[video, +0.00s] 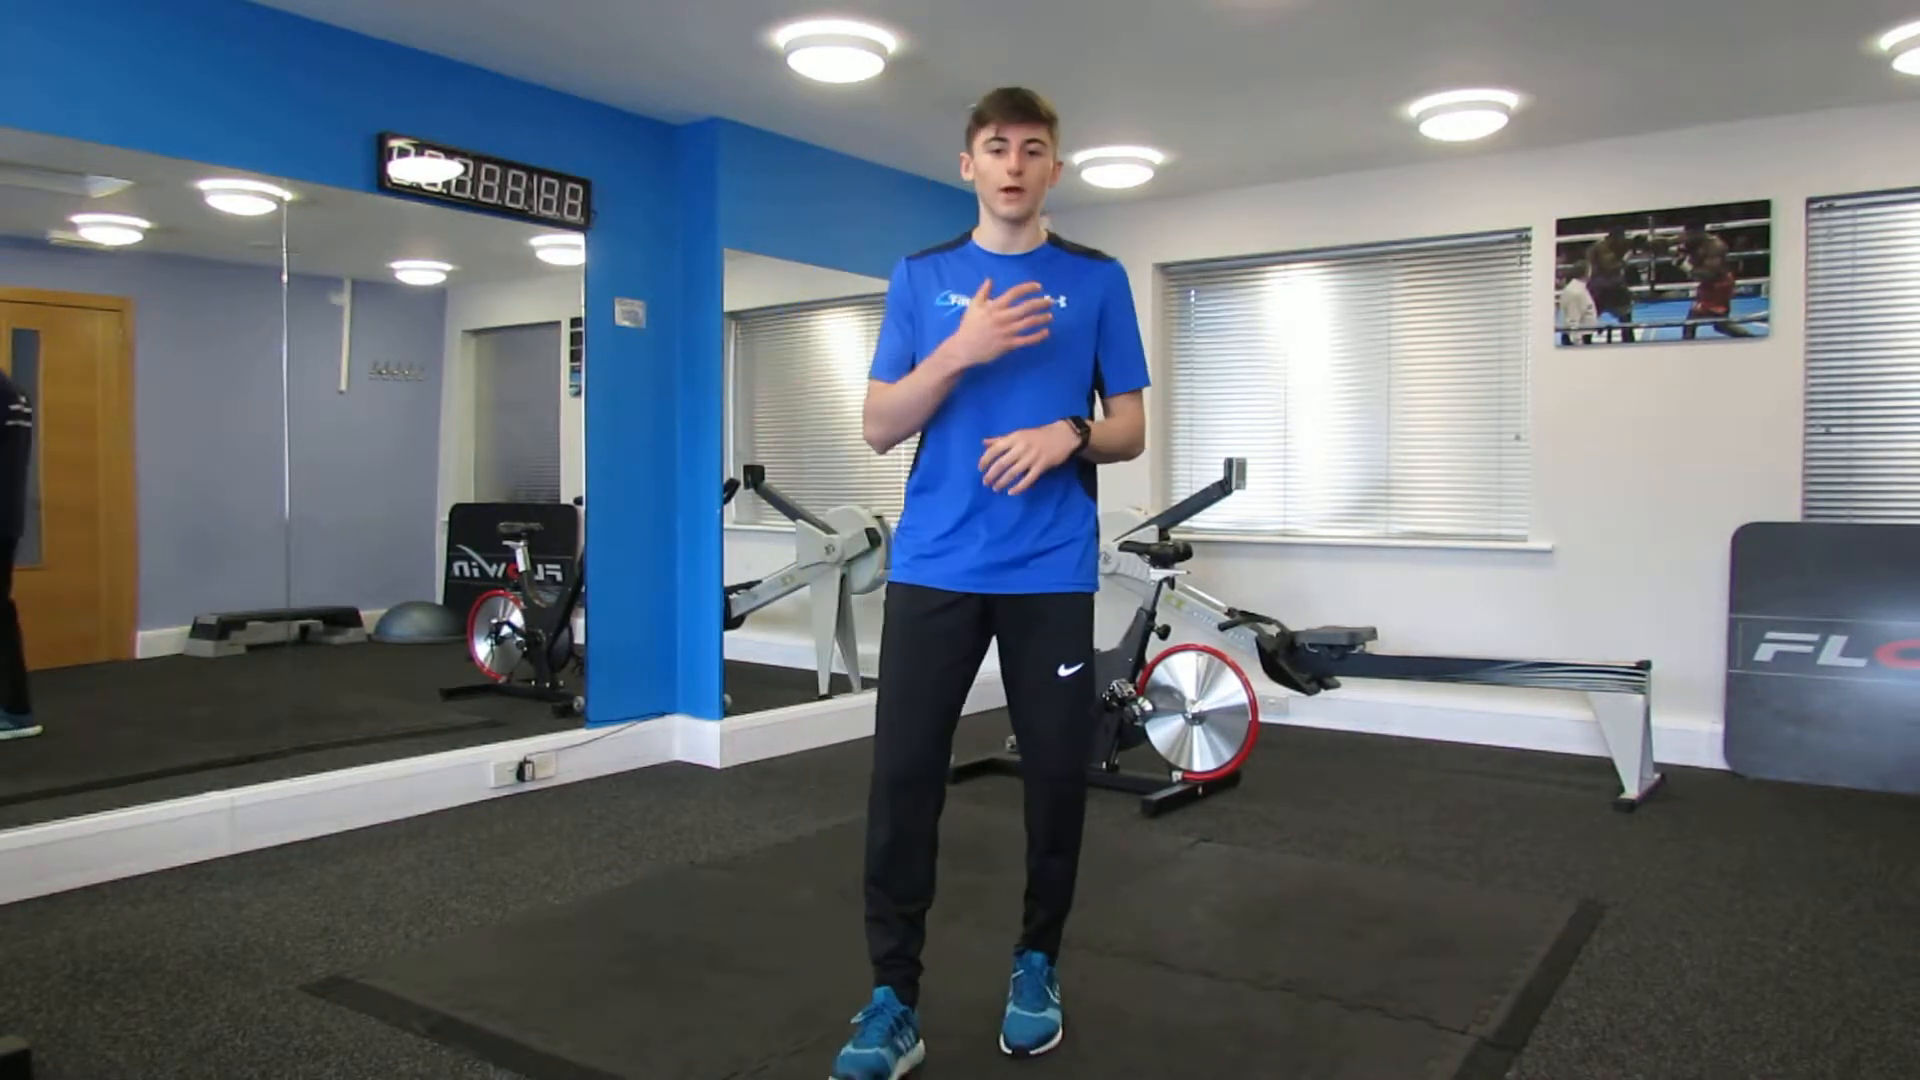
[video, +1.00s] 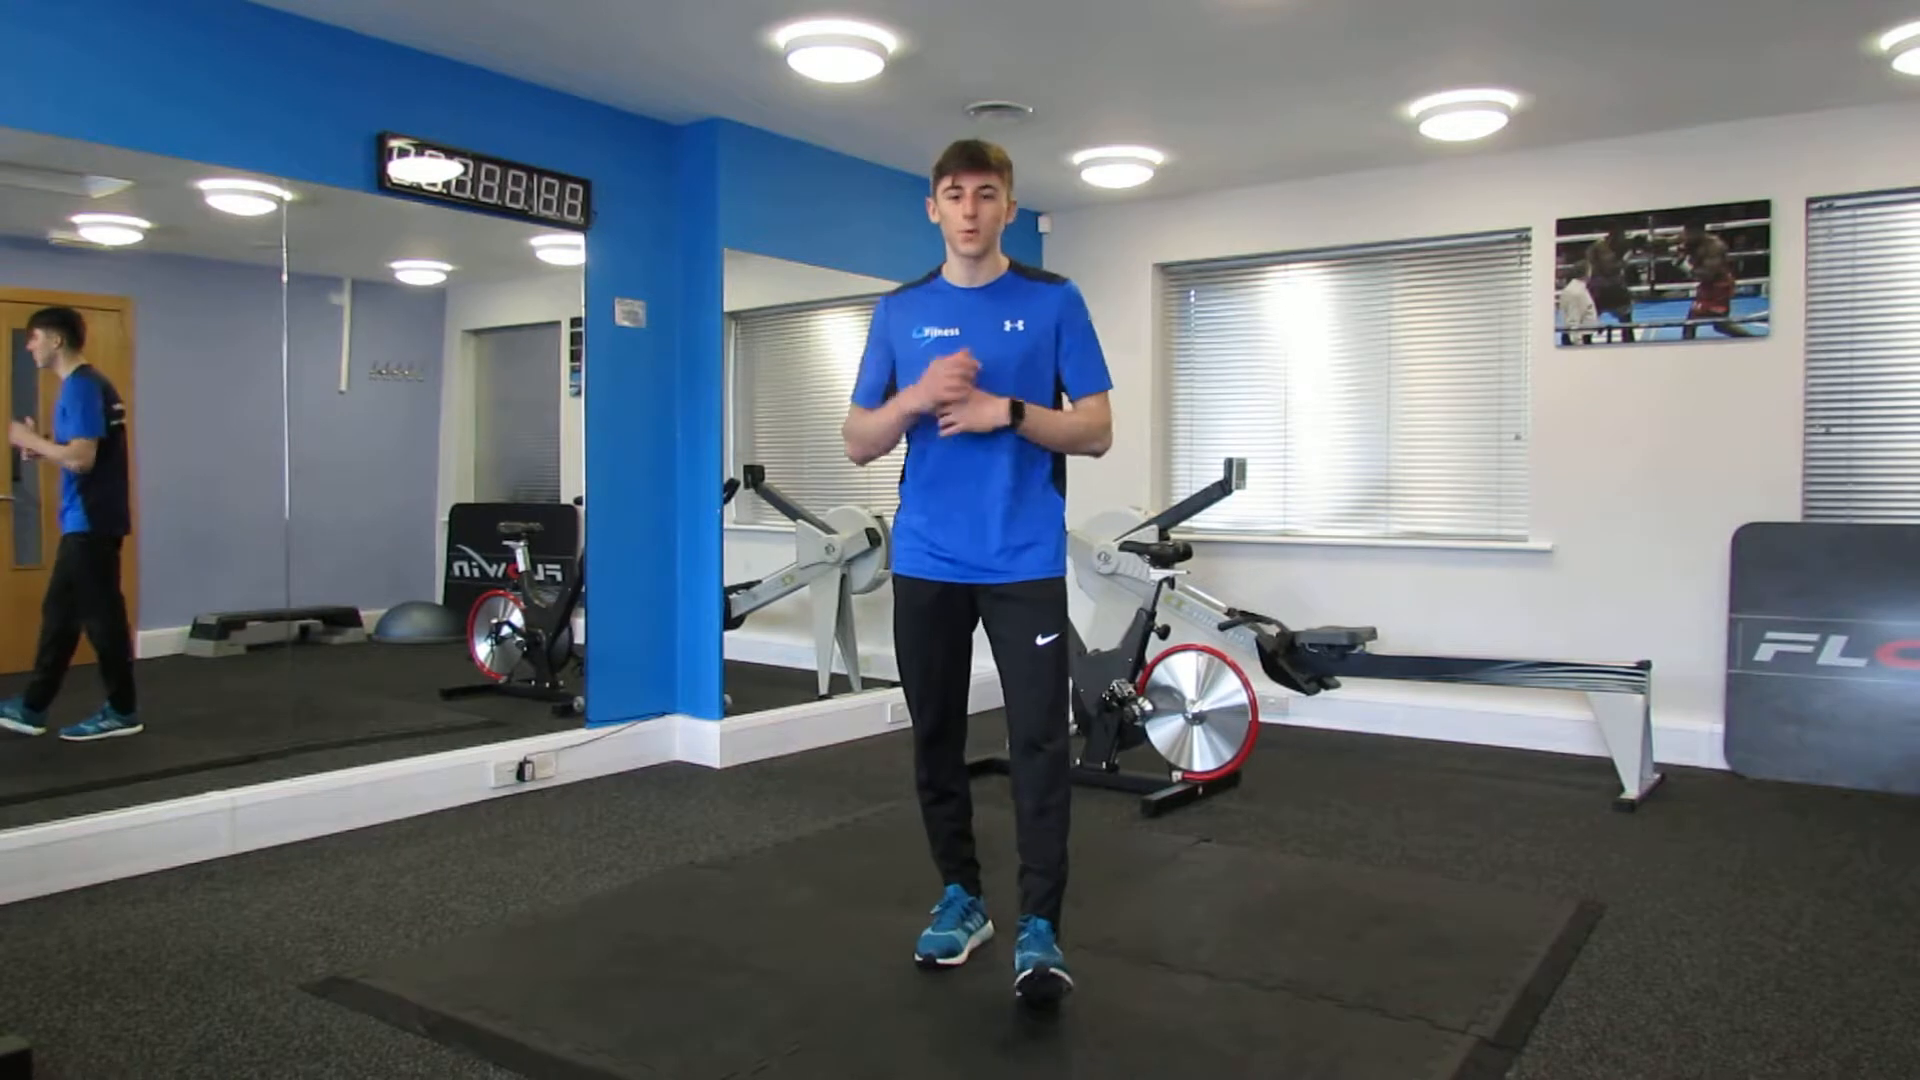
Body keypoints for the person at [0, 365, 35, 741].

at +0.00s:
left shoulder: (14, 400)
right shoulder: (19, 400)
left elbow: (15, 483)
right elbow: (17, 482)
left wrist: (13, 536)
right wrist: (14, 535)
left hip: (6, 535)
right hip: (10, 533)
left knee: (6, 611)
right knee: (6, 609)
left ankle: (17, 708)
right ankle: (17, 707)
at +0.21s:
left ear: (0, 340)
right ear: (13, 338)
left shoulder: (11, 389)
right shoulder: (35, 392)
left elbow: (31, 472)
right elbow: (36, 470)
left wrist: (30, 527)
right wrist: (33, 527)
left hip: (8, 525)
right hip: (22, 524)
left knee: (10, 609)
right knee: (13, 608)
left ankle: (17, 709)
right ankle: (17, 708)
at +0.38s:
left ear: (3, 340)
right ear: (24, 340)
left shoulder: (14, 385)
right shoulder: (48, 387)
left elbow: (11, 453)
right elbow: (47, 460)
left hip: (13, 522)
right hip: (34, 520)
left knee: (9, 609)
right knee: (16, 607)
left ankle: (15, 706)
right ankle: (43, 687)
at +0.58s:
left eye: (3, 336)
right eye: (0, 336)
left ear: (21, 339)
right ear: (37, 341)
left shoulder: (34, 387)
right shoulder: (65, 388)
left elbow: (31, 457)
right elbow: (55, 458)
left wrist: (1, 447)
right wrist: (12, 447)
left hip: (33, 527)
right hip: (47, 525)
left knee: (40, 613)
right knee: (20, 616)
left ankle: (111, 701)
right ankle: (16, 712)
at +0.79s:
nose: (15, 347)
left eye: (20, 338)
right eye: (16, 339)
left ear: (40, 340)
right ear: (47, 341)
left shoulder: (66, 388)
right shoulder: (62, 388)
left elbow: (40, 453)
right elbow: (32, 455)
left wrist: (4, 418)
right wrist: (9, 424)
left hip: (73, 529)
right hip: (62, 528)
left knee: (89, 617)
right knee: (40, 617)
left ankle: (121, 709)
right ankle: (24, 711)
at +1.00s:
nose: (30, 347)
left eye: (34, 338)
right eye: (30, 338)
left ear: (57, 340)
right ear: (61, 341)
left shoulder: (83, 386)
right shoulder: (87, 384)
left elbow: (82, 457)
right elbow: (89, 451)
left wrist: (34, 441)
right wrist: (47, 450)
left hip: (93, 527)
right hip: (87, 526)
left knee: (101, 616)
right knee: (60, 613)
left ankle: (122, 709)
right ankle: (32, 708)